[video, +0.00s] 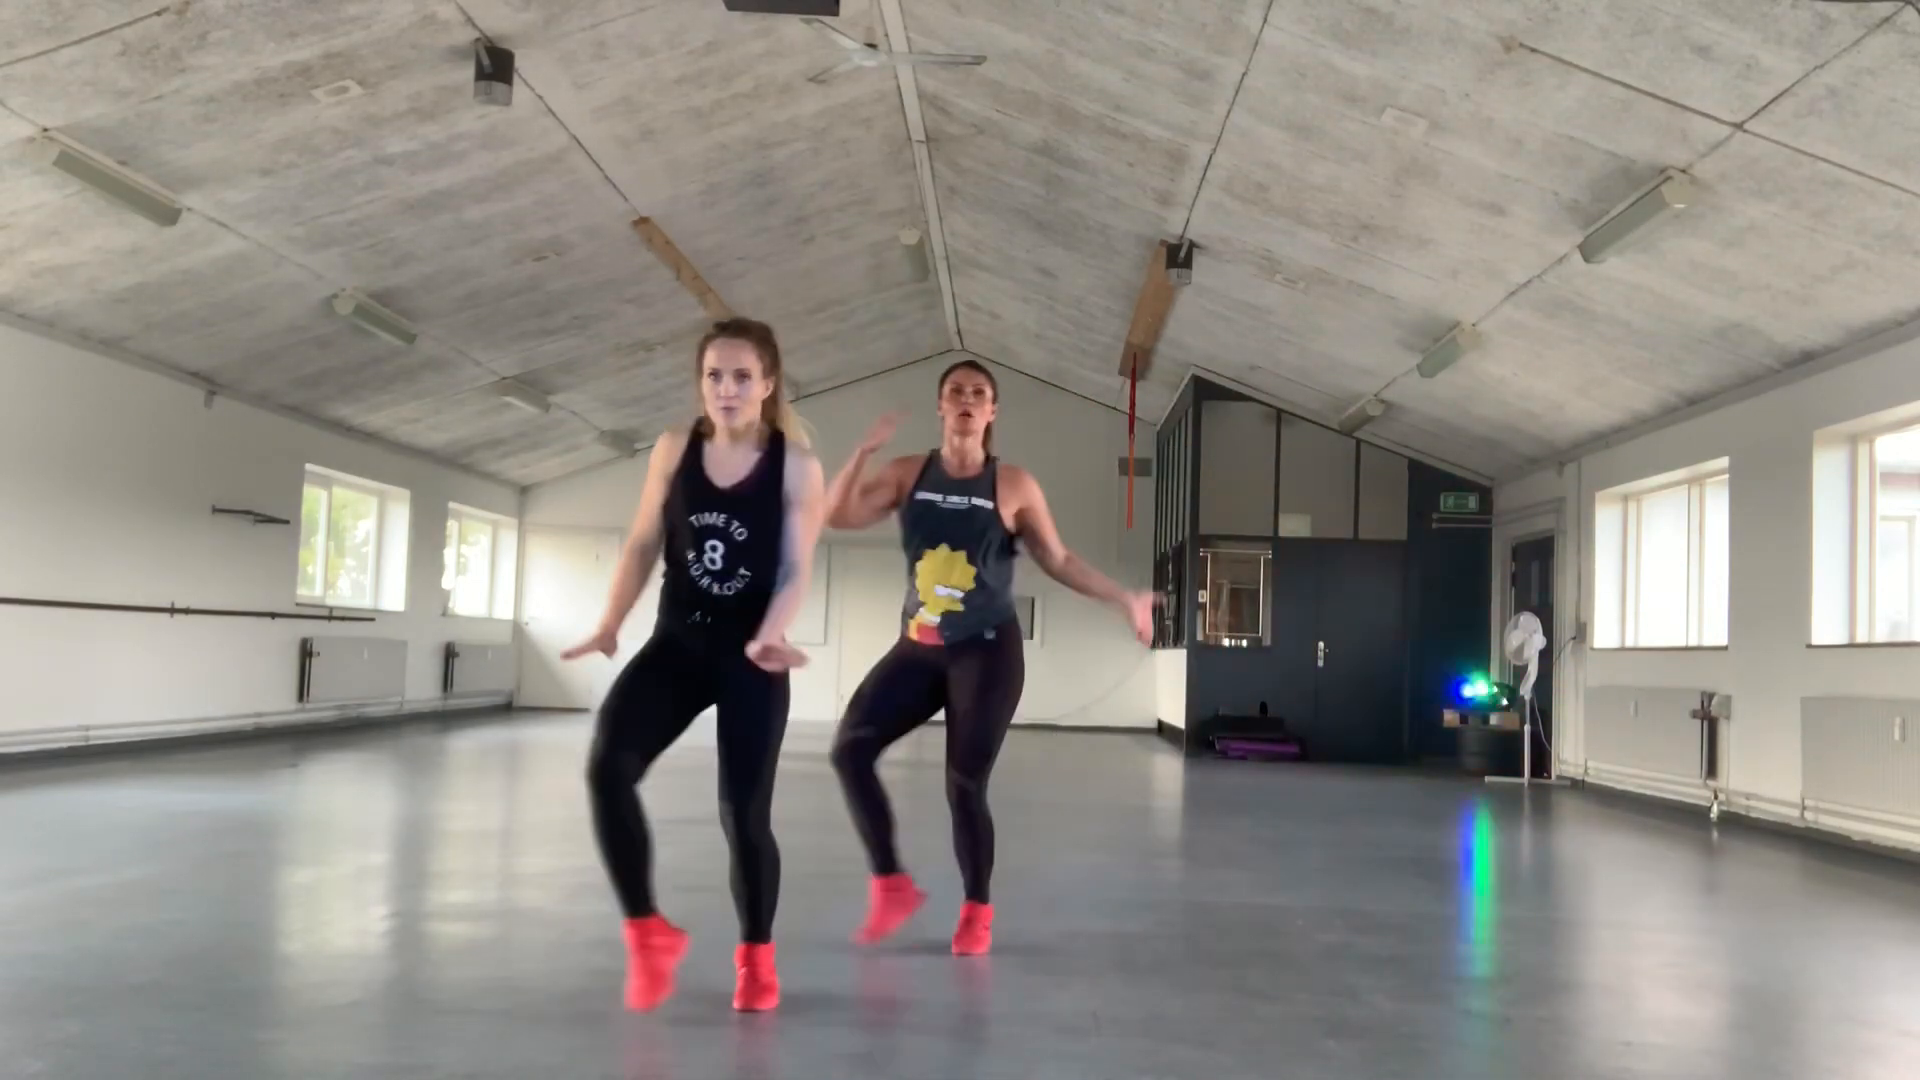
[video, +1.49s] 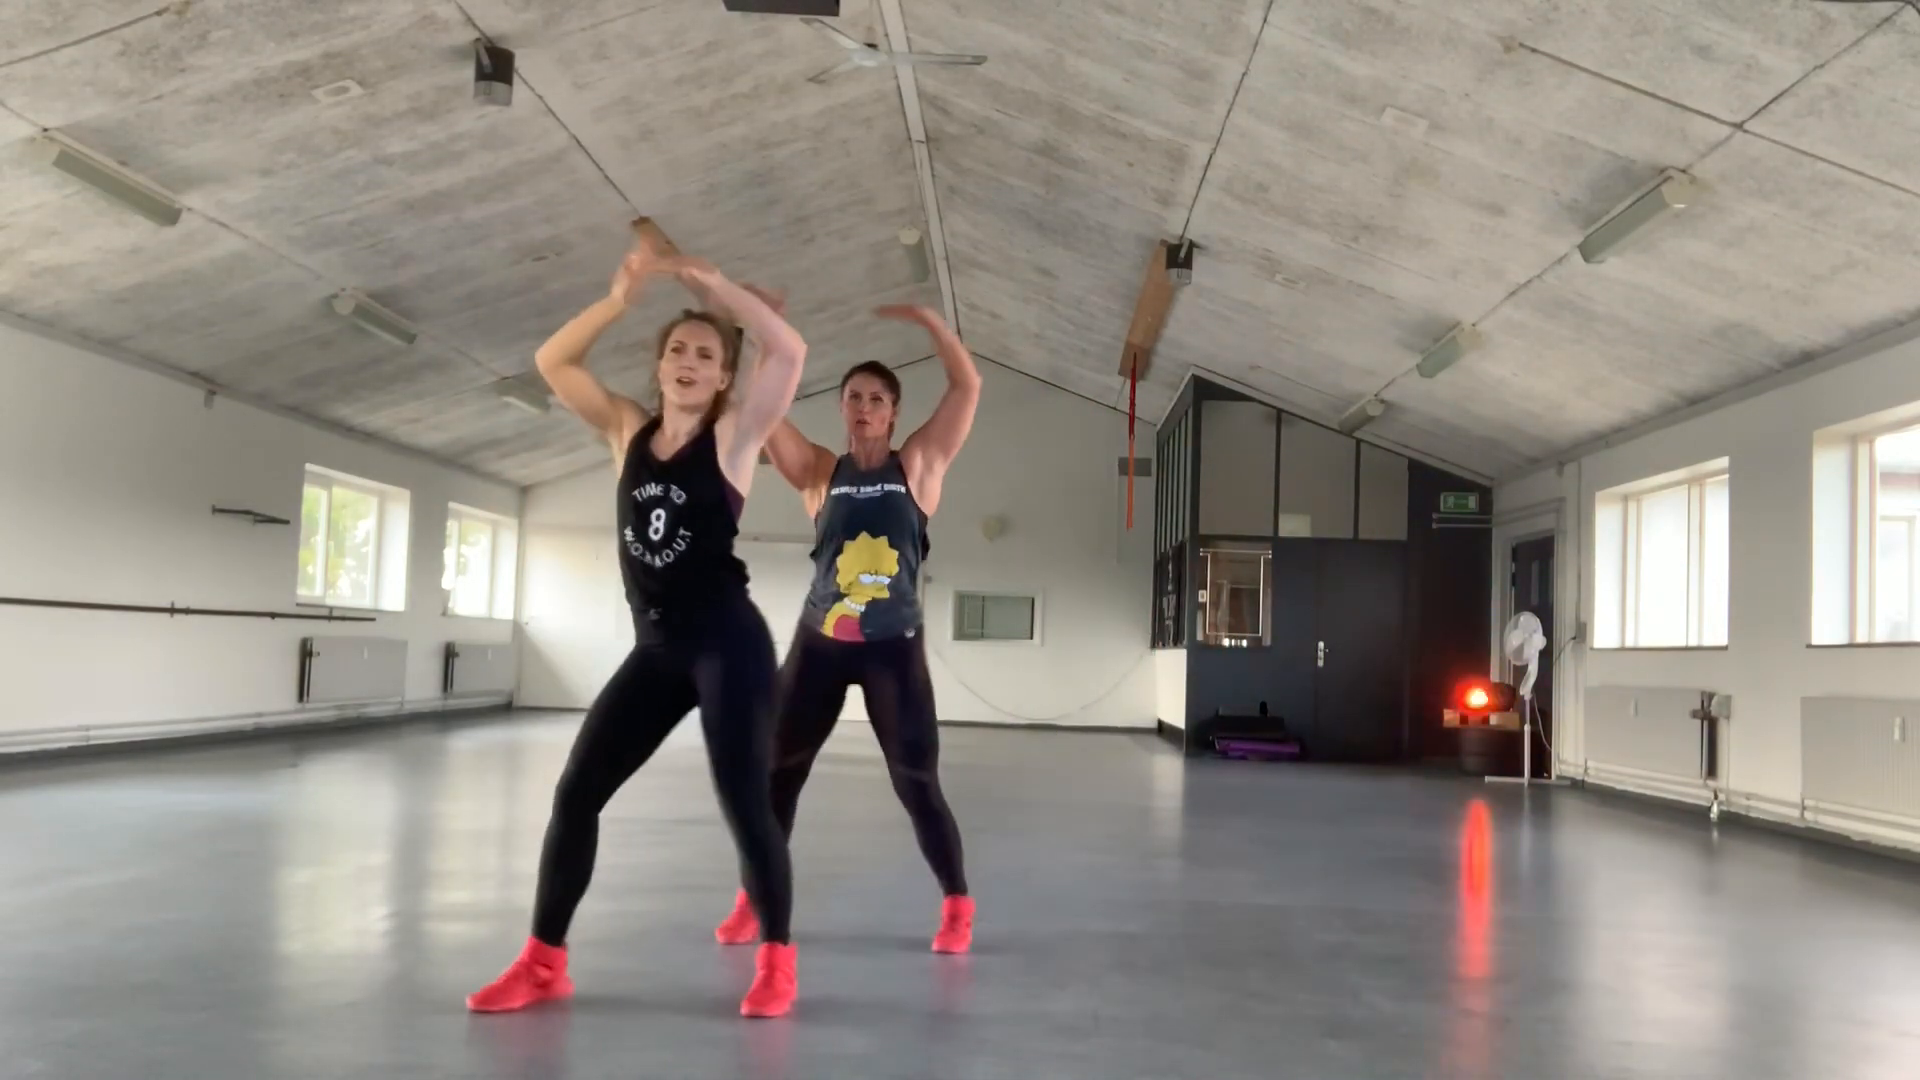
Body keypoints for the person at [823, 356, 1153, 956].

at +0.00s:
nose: (966, 402)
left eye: (977, 394)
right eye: (956, 393)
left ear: (994, 410)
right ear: (939, 406)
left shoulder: (1014, 486)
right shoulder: (907, 474)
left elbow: (1059, 561)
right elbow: (839, 515)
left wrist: (1126, 598)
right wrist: (860, 454)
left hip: (986, 650)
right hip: (920, 649)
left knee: (965, 783)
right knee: (850, 751)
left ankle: (976, 907)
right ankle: (891, 884)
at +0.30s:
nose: (900, 408)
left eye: (912, 400)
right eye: (891, 399)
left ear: (930, 416)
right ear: (875, 412)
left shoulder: (946, 477)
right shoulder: (842, 461)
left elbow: (1012, 435)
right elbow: (774, 416)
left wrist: (973, 378)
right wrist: (746, 360)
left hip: (905, 656)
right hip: (833, 650)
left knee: (956, 772)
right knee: (809, 781)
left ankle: (955, 913)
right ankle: (764, 906)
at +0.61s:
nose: (873, 408)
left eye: (885, 399)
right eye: (864, 399)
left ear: (902, 412)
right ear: (851, 412)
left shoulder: (926, 457)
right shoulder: (830, 469)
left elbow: (968, 379)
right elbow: (792, 395)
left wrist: (923, 309)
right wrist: (807, 316)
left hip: (899, 645)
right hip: (829, 642)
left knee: (909, 782)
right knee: (778, 765)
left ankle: (951, 901)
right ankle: (776, 900)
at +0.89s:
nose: (871, 417)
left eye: (882, 408)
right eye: (860, 407)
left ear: (897, 424)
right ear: (841, 419)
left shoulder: (916, 483)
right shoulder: (816, 475)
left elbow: (979, 418)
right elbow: (789, 385)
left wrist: (945, 349)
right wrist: (843, 335)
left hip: (918, 649)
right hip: (850, 661)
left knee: (935, 771)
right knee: (778, 761)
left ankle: (971, 908)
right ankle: (782, 908)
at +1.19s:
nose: (857, 414)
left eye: (868, 405)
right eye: (845, 406)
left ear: (886, 421)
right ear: (831, 419)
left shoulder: (910, 476)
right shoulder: (804, 471)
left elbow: (931, 390)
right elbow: (744, 412)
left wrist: (874, 334)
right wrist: (742, 344)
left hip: (864, 658)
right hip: (792, 646)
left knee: (926, 771)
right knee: (769, 773)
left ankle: (913, 915)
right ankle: (734, 899)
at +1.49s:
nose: (866, 406)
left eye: (877, 398)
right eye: (856, 396)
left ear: (895, 410)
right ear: (840, 408)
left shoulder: (921, 461)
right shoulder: (818, 470)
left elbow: (967, 387)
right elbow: (761, 410)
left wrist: (931, 319)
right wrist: (765, 331)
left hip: (893, 650)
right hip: (819, 648)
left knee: (915, 782)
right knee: (779, 774)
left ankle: (957, 900)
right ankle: (757, 898)